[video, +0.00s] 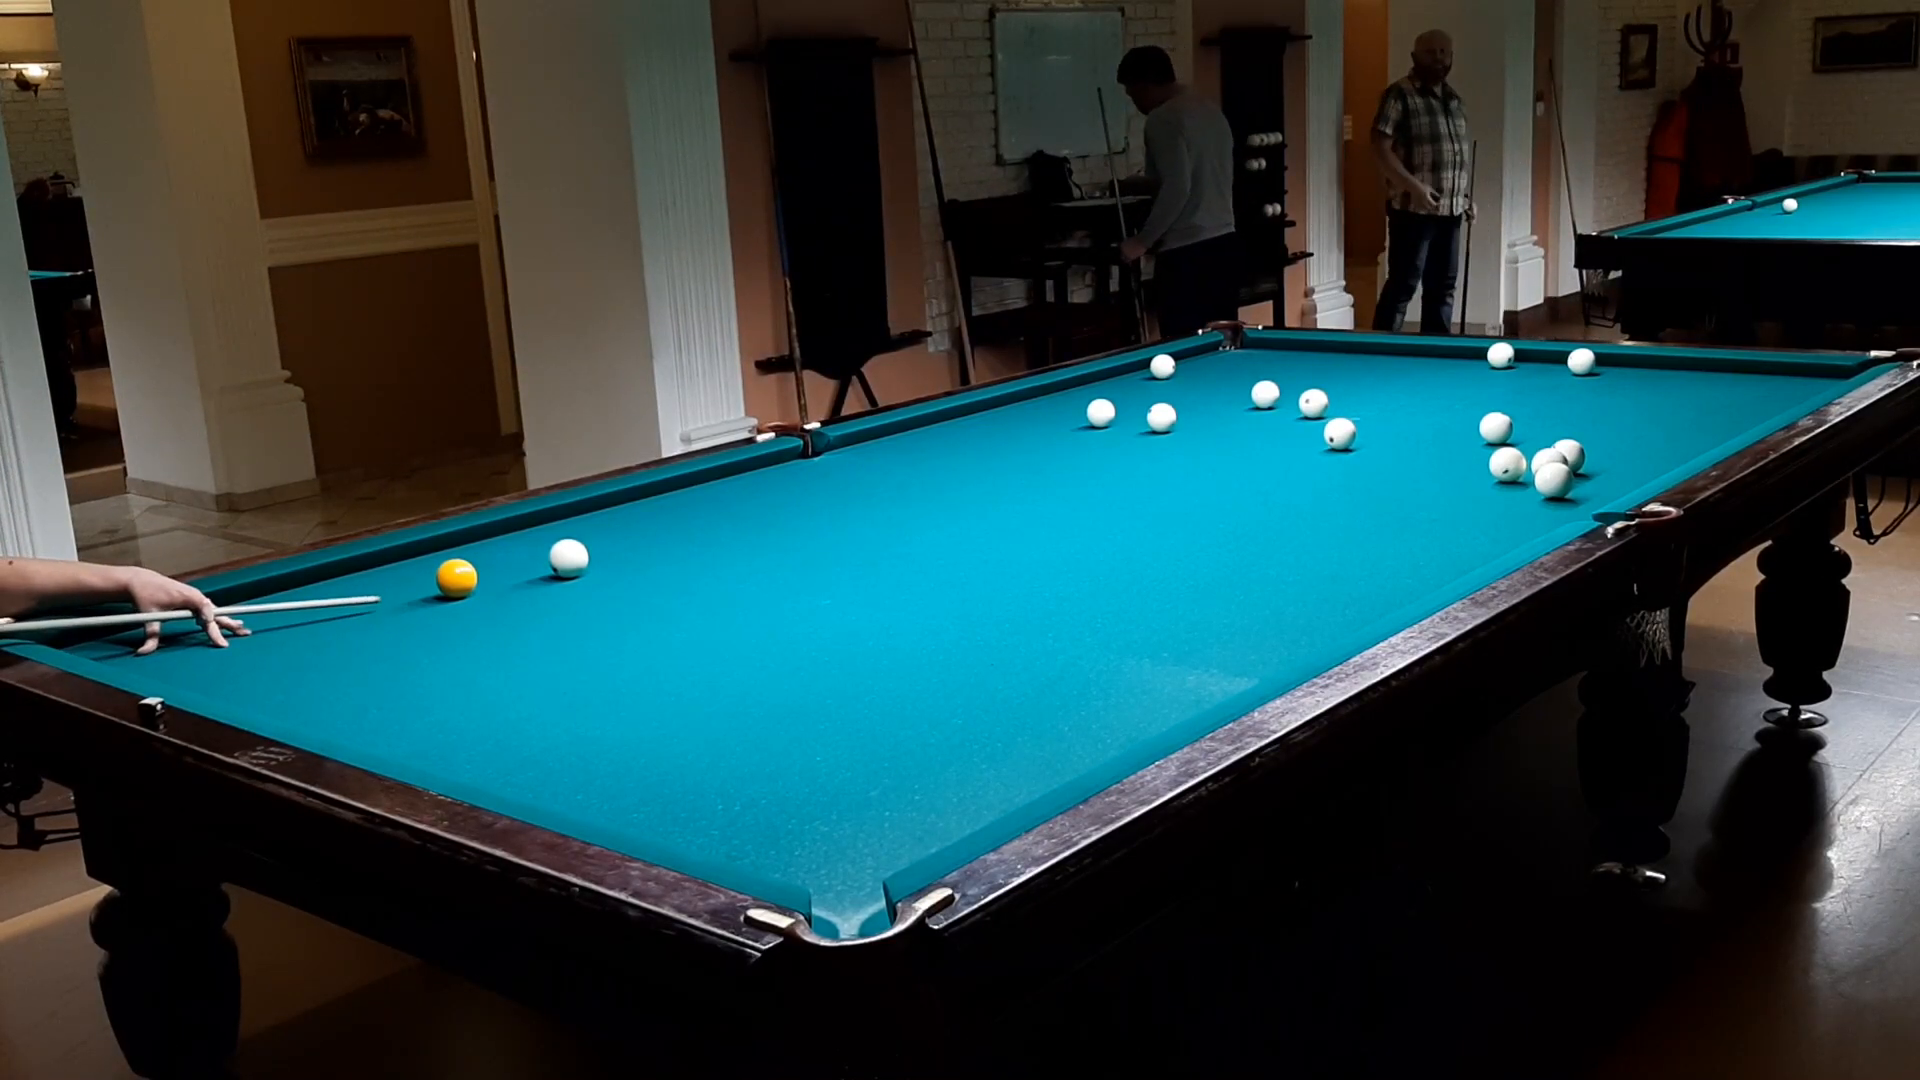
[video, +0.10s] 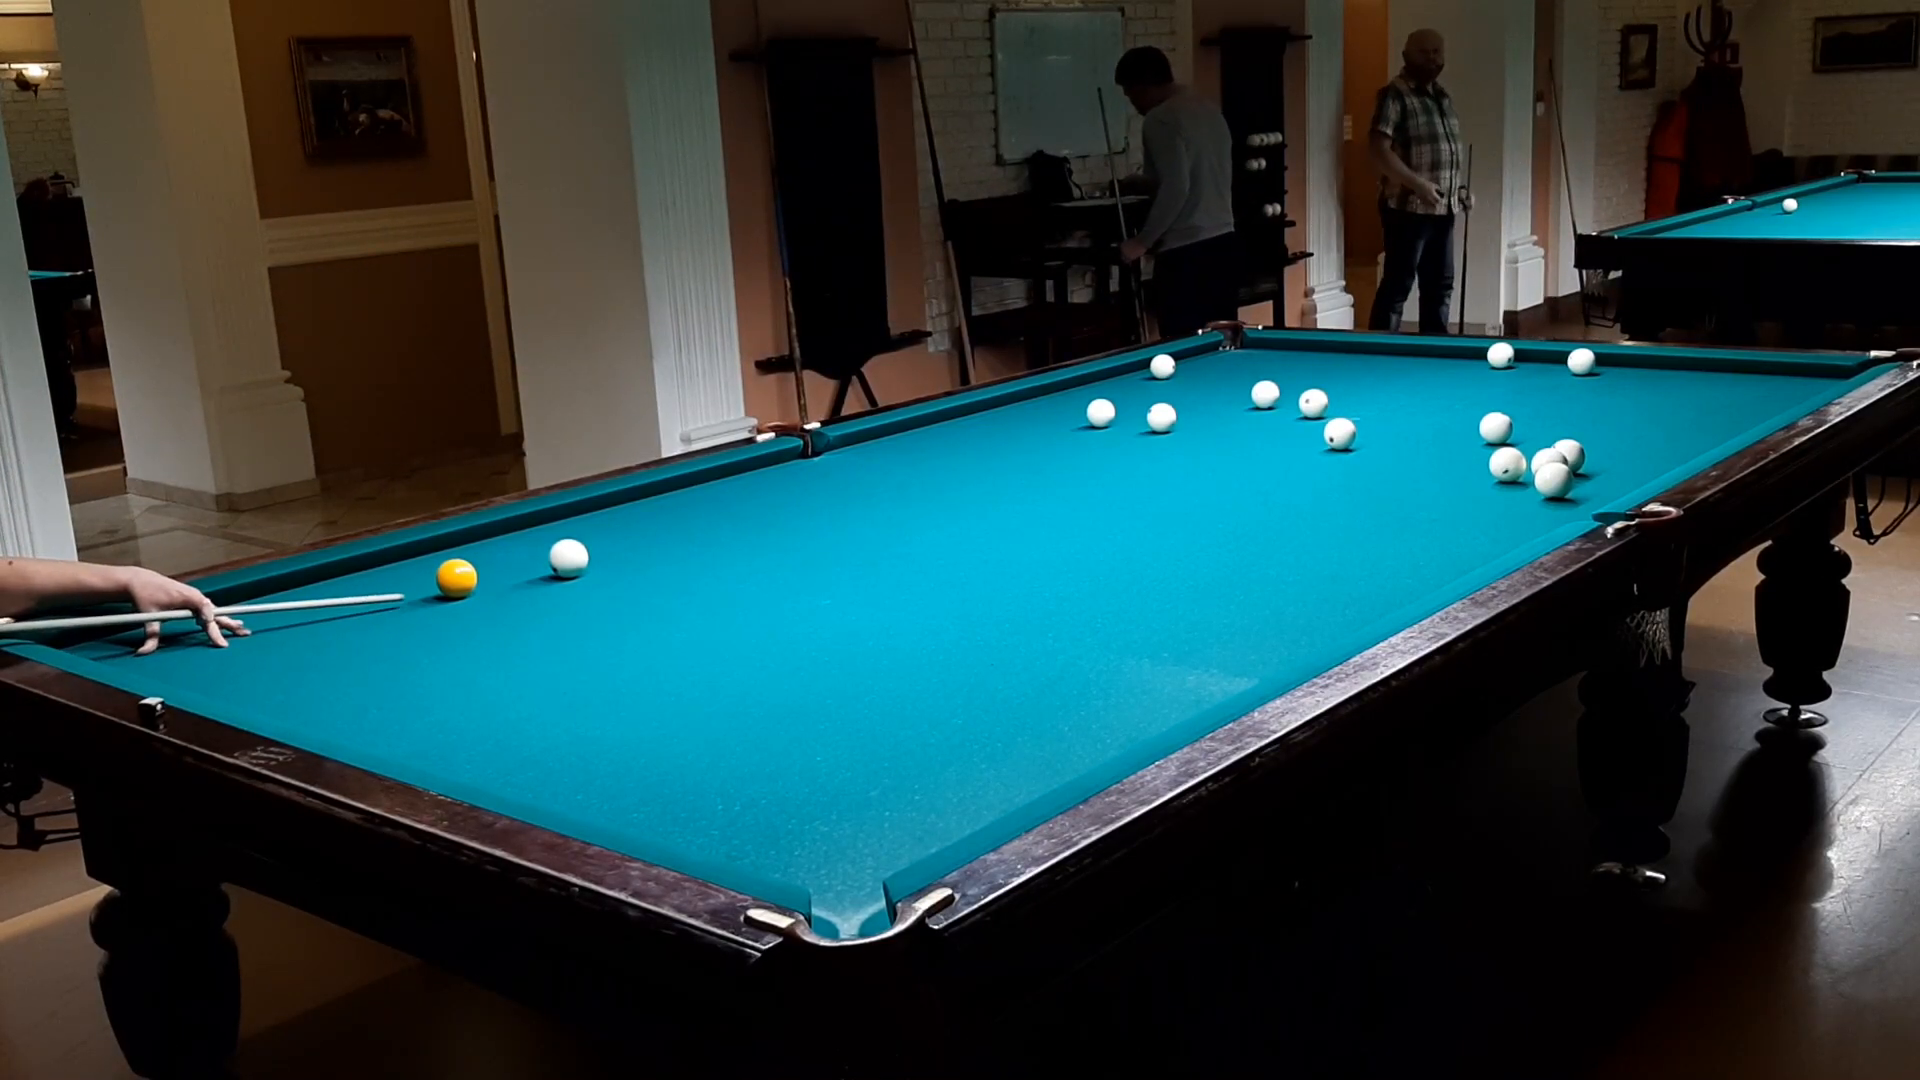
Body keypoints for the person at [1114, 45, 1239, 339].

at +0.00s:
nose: (1130, 99)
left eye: (1130, 90)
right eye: (1128, 91)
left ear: (1144, 84)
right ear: (1168, 75)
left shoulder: (1164, 120)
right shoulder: (1210, 111)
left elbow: (1176, 188)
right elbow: (1217, 178)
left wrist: (1142, 241)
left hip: (1185, 254)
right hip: (1224, 246)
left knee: (1183, 350)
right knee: (1222, 342)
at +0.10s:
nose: (1129, 100)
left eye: (1128, 91)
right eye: (1126, 92)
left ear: (1141, 85)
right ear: (1166, 75)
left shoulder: (1161, 120)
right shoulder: (1208, 109)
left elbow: (1175, 187)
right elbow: (1212, 177)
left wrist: (1143, 241)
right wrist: (1146, 183)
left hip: (1185, 254)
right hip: (1224, 245)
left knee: (1183, 349)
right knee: (1222, 342)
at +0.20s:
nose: (1127, 100)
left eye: (1127, 91)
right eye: (1125, 92)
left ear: (1139, 85)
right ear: (1164, 75)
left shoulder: (1159, 121)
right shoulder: (1206, 110)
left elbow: (1173, 186)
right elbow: (1211, 177)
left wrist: (1142, 242)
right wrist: (1147, 182)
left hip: (1183, 253)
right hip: (1223, 244)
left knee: (1182, 348)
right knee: (1222, 341)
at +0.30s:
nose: (1126, 100)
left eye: (1126, 91)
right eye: (1123, 92)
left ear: (1137, 85)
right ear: (1163, 75)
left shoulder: (1157, 121)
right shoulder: (1205, 109)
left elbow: (1171, 186)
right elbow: (1209, 176)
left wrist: (1140, 242)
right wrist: (1146, 182)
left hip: (1183, 253)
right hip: (1222, 243)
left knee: (1182, 347)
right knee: (1222, 340)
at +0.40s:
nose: (1125, 101)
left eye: (1124, 91)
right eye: (1122, 93)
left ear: (1135, 86)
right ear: (1162, 75)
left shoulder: (1156, 120)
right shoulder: (1204, 110)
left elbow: (1170, 185)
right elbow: (1209, 177)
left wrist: (1140, 242)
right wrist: (1145, 182)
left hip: (1182, 252)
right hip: (1222, 242)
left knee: (1181, 346)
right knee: (1221, 339)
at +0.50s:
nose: (1124, 101)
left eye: (1123, 92)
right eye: (1121, 93)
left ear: (1133, 86)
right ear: (1161, 75)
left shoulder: (1155, 121)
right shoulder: (1203, 109)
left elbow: (1169, 184)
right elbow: (1210, 175)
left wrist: (1140, 242)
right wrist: (1143, 184)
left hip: (1182, 253)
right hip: (1221, 243)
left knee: (1181, 346)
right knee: (1221, 339)